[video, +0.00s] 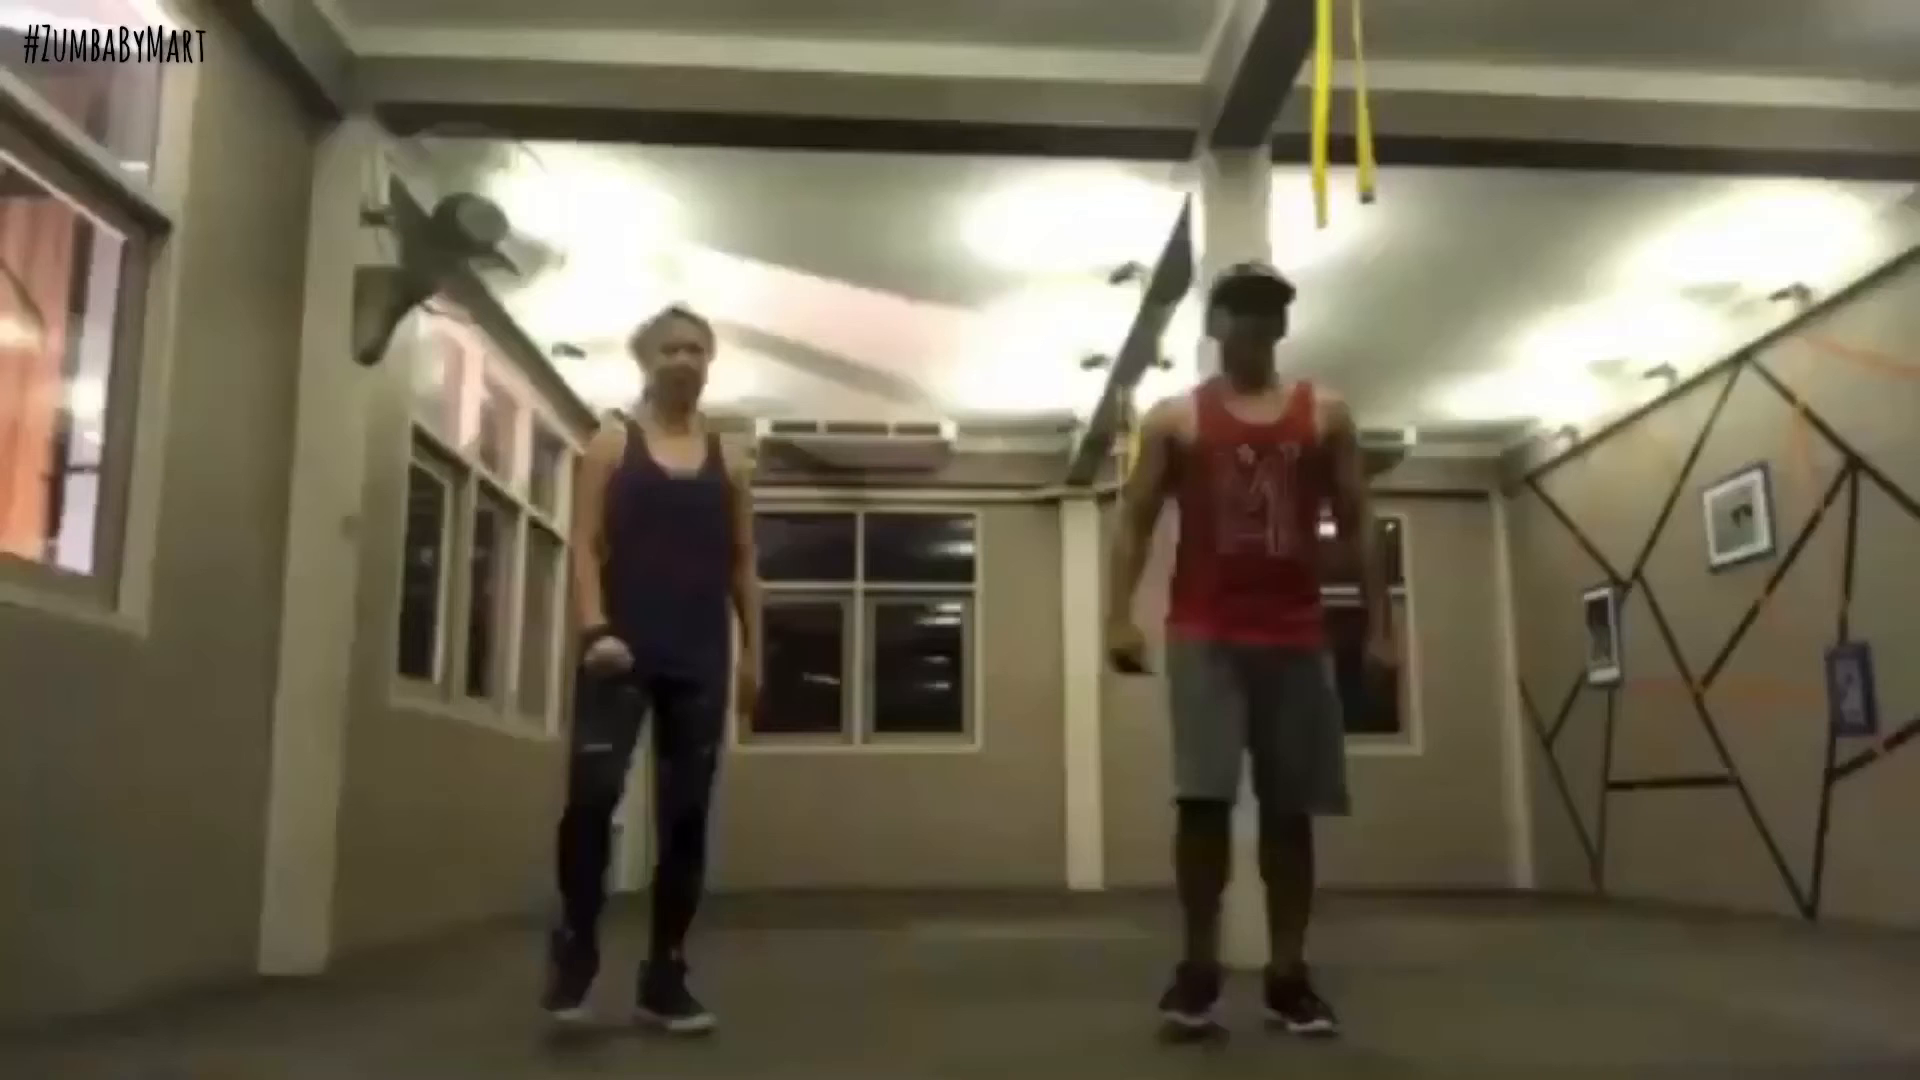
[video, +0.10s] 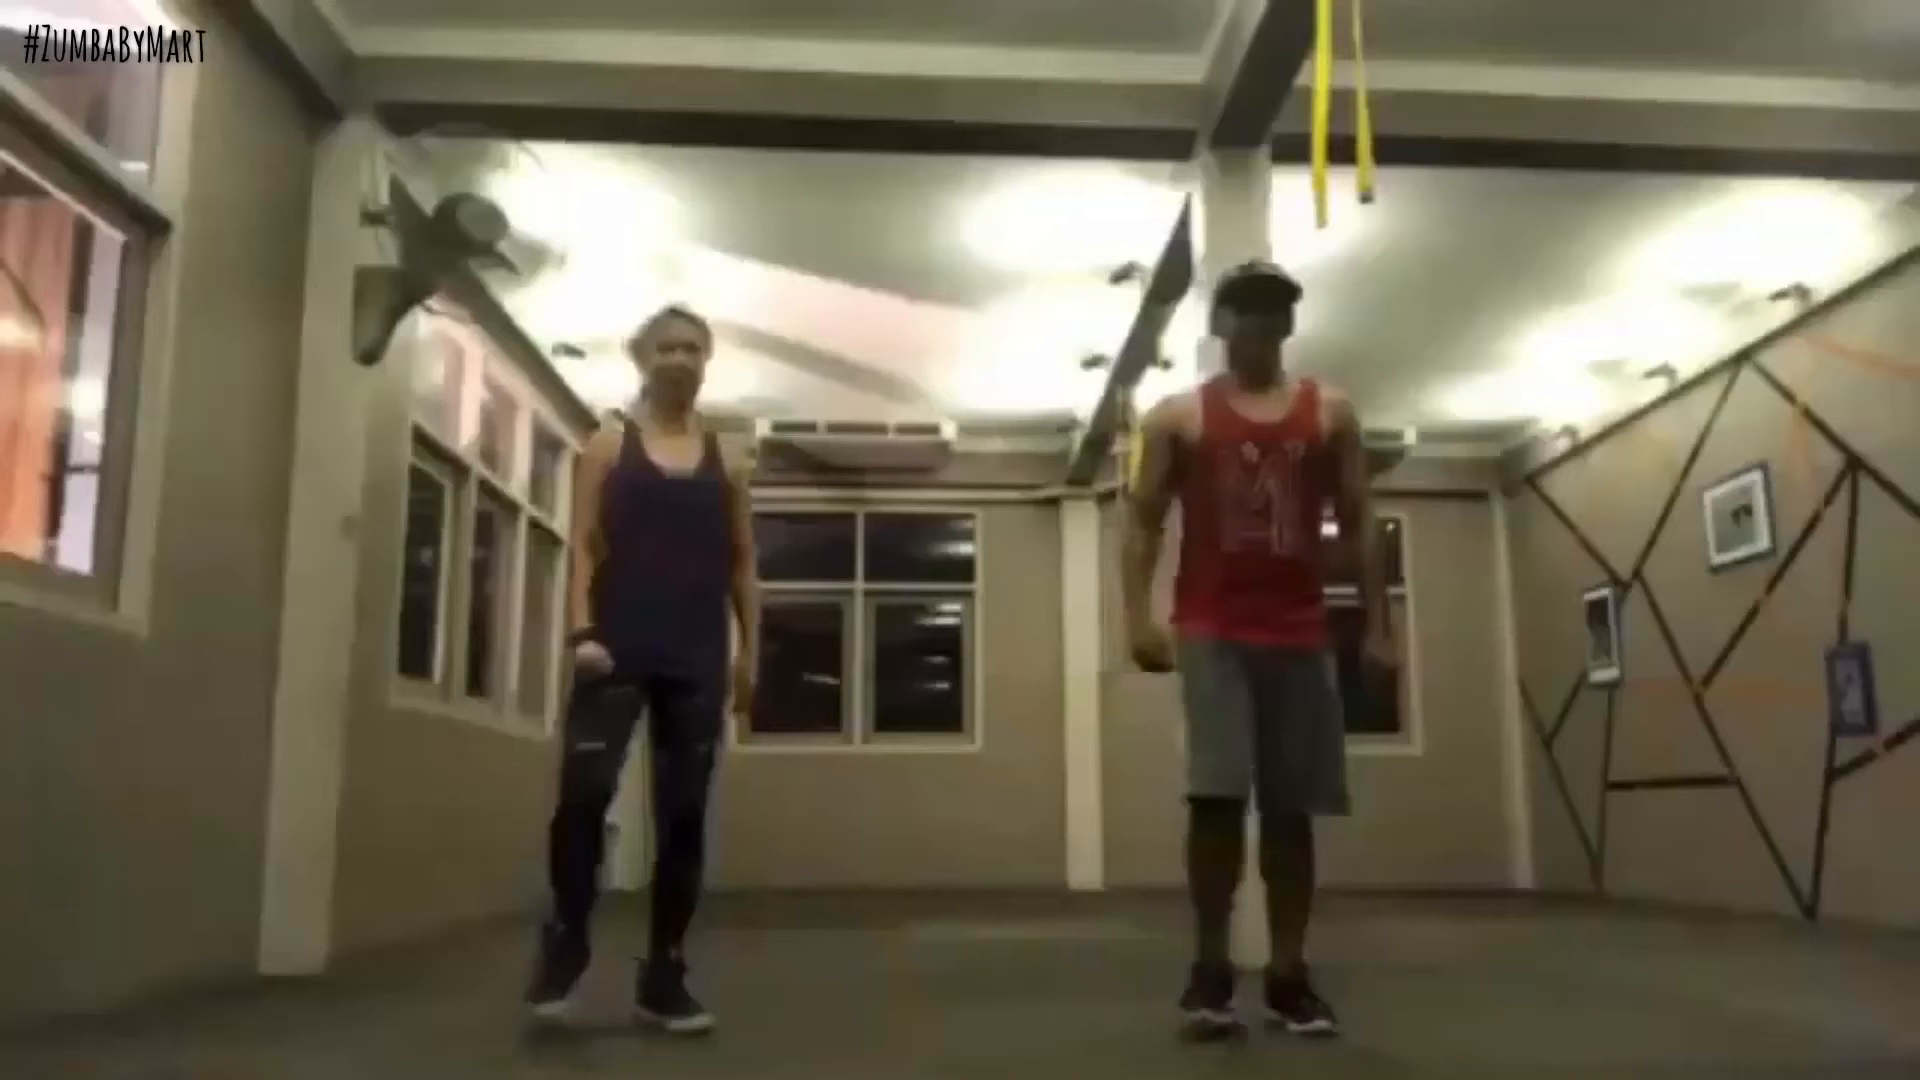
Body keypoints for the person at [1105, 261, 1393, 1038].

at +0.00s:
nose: (1253, 333)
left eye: (1267, 319)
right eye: (1239, 317)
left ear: (1283, 326)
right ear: (1214, 324)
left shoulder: (1324, 416)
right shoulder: (1174, 422)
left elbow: (1358, 527)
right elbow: (1136, 524)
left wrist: (1376, 628)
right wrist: (1118, 617)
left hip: (1296, 637)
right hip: (1204, 634)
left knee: (1290, 810)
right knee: (1203, 804)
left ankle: (1289, 977)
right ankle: (1198, 972)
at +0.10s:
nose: (1258, 334)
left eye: (1272, 320)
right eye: (1244, 318)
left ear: (1290, 325)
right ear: (1219, 324)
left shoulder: (1328, 414)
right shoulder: (1178, 421)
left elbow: (1358, 524)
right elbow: (1144, 523)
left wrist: (1376, 623)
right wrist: (1138, 618)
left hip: (1300, 633)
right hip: (1212, 631)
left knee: (1291, 809)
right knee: (1217, 803)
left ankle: (1289, 978)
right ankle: (1211, 974)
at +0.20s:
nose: (1263, 335)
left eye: (1277, 321)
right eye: (1250, 320)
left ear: (1295, 327)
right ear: (1226, 326)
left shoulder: (1330, 419)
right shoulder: (1185, 422)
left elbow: (1359, 524)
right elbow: (1156, 527)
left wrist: (1374, 624)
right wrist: (1159, 627)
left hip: (1303, 637)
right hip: (1218, 636)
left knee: (1293, 810)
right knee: (1230, 807)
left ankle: (1288, 975)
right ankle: (1225, 978)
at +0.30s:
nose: (1267, 334)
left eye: (1280, 322)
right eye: (1253, 321)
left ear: (1298, 329)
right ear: (1228, 326)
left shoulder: (1330, 422)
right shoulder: (1188, 422)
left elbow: (1358, 528)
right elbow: (1155, 529)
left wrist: (1378, 629)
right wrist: (1155, 633)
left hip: (1308, 639)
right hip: (1221, 638)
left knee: (1295, 811)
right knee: (1232, 806)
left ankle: (1288, 976)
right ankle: (1226, 977)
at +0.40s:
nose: (1266, 336)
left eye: (1280, 323)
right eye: (1253, 321)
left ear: (1298, 328)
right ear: (1228, 326)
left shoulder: (1332, 421)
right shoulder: (1191, 420)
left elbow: (1365, 520)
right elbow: (1151, 522)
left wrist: (1383, 614)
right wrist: (1143, 623)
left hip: (1310, 636)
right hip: (1223, 635)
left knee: (1297, 811)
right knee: (1232, 806)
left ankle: (1290, 976)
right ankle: (1226, 979)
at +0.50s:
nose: (1267, 331)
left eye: (1281, 319)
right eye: (1253, 318)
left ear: (1299, 327)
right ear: (1228, 326)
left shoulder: (1332, 421)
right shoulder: (1193, 420)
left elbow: (1372, 514)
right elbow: (1148, 524)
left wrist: (1389, 599)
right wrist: (1132, 627)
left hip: (1310, 634)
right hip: (1227, 633)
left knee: (1297, 809)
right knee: (1232, 803)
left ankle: (1290, 976)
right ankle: (1225, 977)